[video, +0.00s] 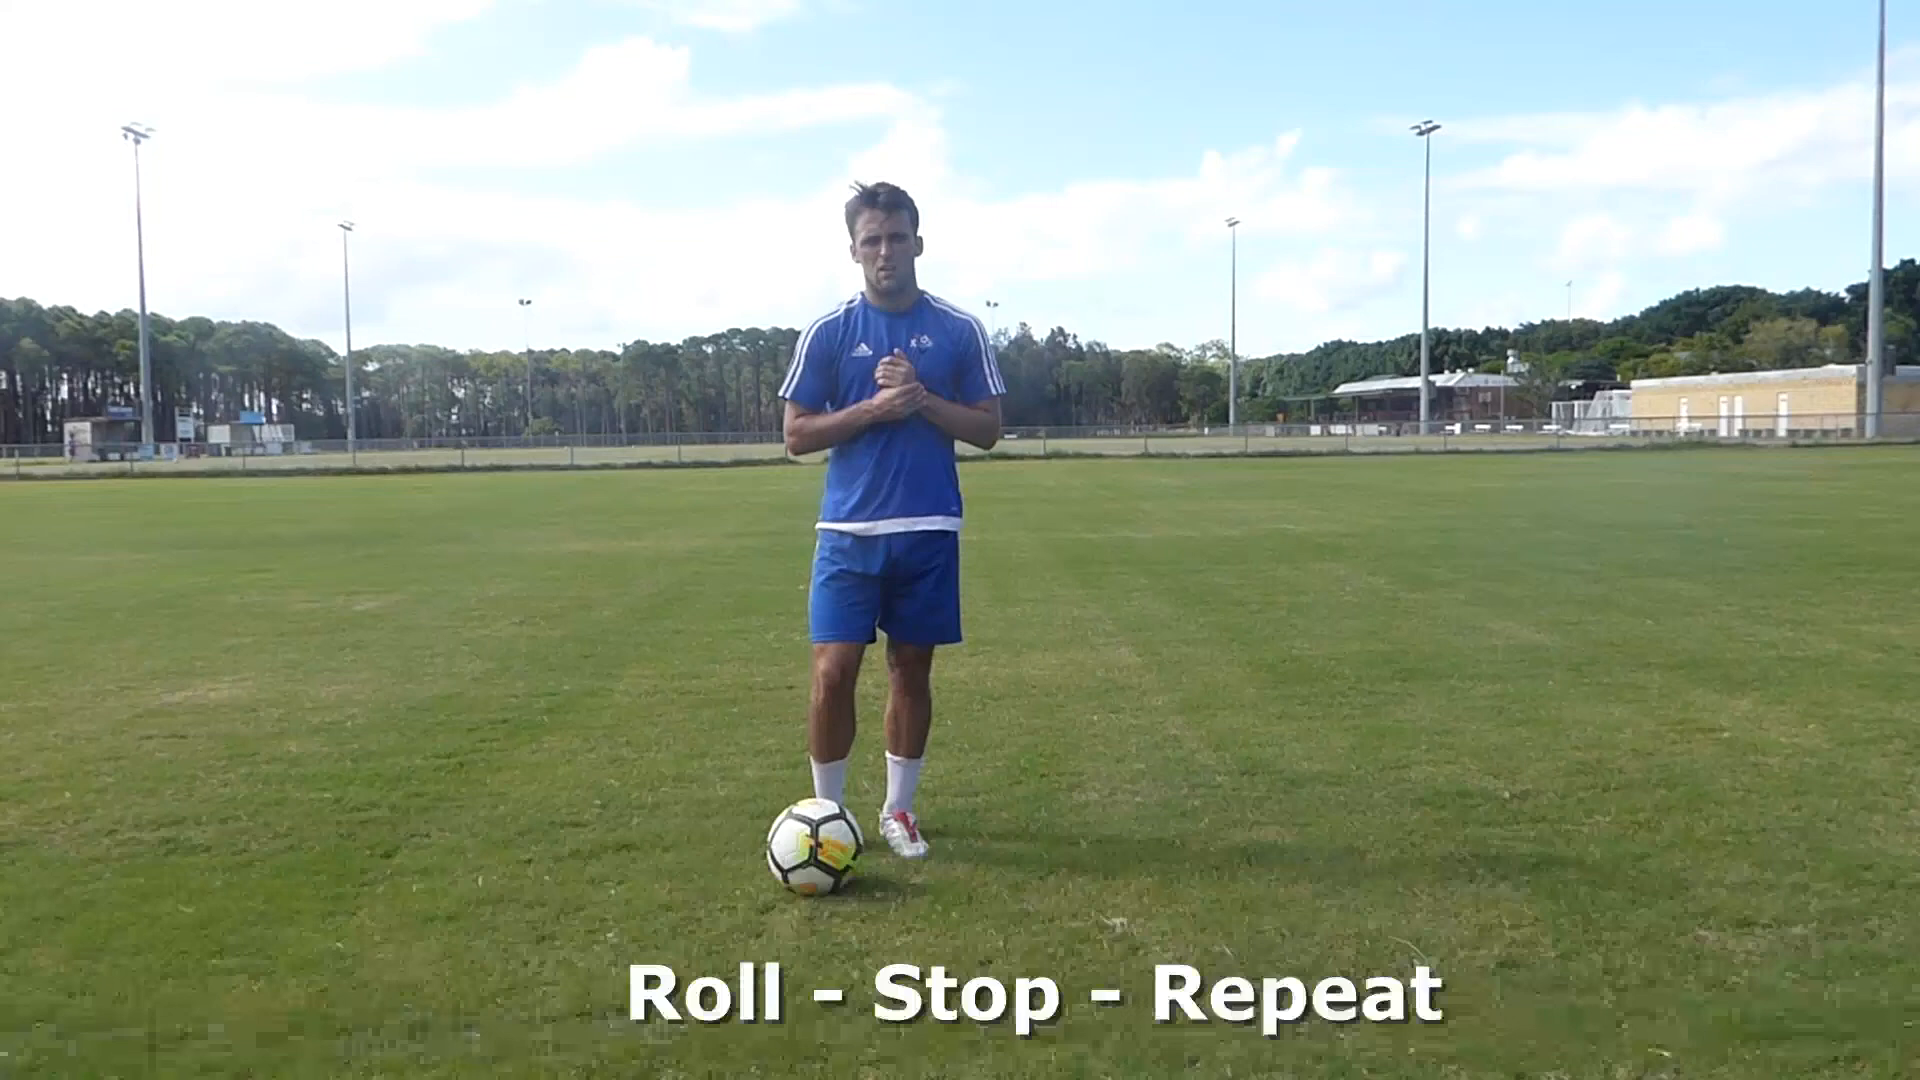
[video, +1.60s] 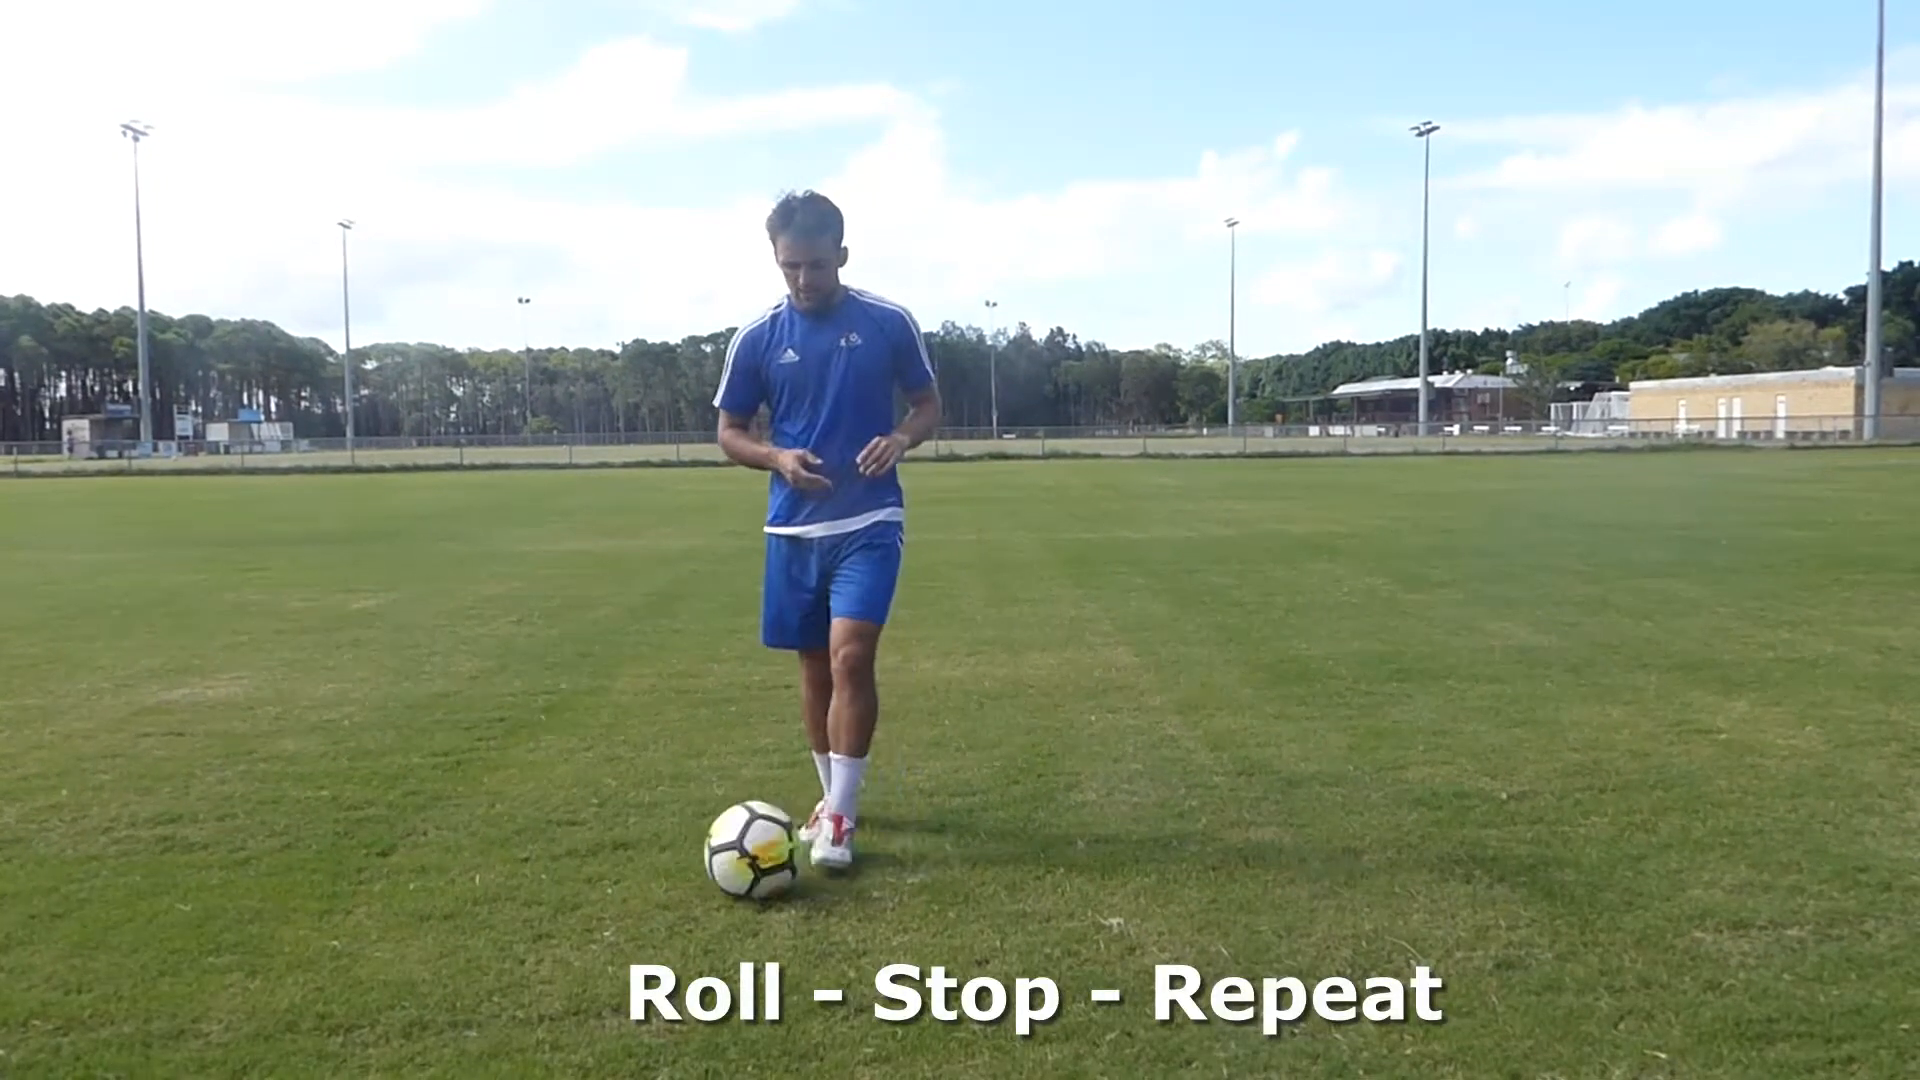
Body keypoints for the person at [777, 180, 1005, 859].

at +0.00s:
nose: (885, 252)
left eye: (897, 240)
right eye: (872, 242)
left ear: (917, 243)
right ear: (854, 251)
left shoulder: (960, 330)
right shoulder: (829, 333)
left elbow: (987, 428)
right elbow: (797, 434)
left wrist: (922, 398)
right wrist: (873, 408)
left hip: (927, 529)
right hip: (847, 530)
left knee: (911, 670)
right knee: (833, 673)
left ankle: (898, 812)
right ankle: (827, 818)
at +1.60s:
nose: (804, 280)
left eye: (817, 265)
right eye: (790, 266)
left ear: (841, 253)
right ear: (774, 258)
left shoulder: (888, 324)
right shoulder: (758, 339)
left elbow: (928, 409)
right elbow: (729, 433)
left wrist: (900, 438)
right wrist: (775, 456)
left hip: (868, 523)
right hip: (795, 530)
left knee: (851, 659)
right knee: (816, 672)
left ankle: (838, 815)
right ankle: (833, 802)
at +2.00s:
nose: (816, 272)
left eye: (829, 257)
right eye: (804, 256)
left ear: (859, 247)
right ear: (790, 248)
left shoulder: (899, 326)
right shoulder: (768, 323)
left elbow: (939, 422)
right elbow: (744, 405)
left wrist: (889, 457)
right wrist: (749, 447)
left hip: (857, 534)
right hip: (776, 524)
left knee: (851, 678)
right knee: (729, 637)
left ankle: (849, 825)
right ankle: (770, 783)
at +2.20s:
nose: (811, 265)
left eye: (825, 249)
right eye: (800, 250)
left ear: (856, 240)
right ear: (786, 242)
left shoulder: (897, 324)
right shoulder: (765, 321)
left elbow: (936, 422)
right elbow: (746, 402)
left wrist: (885, 451)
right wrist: (745, 449)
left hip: (850, 534)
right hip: (767, 521)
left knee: (847, 678)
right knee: (726, 641)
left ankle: (849, 825)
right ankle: (706, 811)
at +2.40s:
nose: (801, 265)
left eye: (814, 250)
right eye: (790, 250)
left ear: (844, 243)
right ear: (775, 241)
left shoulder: (884, 328)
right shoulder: (744, 321)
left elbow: (921, 415)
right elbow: (708, 405)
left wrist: (891, 447)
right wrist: (713, 445)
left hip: (840, 537)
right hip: (755, 533)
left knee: (839, 679)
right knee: (738, 677)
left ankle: (848, 828)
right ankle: (751, 820)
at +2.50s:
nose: (794, 269)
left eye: (809, 253)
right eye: (782, 252)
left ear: (837, 245)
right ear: (766, 241)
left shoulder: (874, 331)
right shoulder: (734, 322)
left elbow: (908, 417)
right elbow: (688, 407)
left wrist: (890, 455)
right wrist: (694, 440)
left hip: (835, 537)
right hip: (751, 536)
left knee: (836, 677)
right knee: (745, 677)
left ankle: (847, 825)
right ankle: (753, 823)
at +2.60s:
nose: (795, 270)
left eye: (809, 256)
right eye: (783, 254)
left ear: (838, 245)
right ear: (767, 242)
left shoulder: (876, 329)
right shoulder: (735, 320)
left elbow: (904, 413)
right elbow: (687, 403)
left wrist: (892, 462)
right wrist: (691, 438)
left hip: (837, 537)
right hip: (751, 537)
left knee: (840, 676)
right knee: (749, 679)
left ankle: (840, 819)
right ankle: (754, 823)